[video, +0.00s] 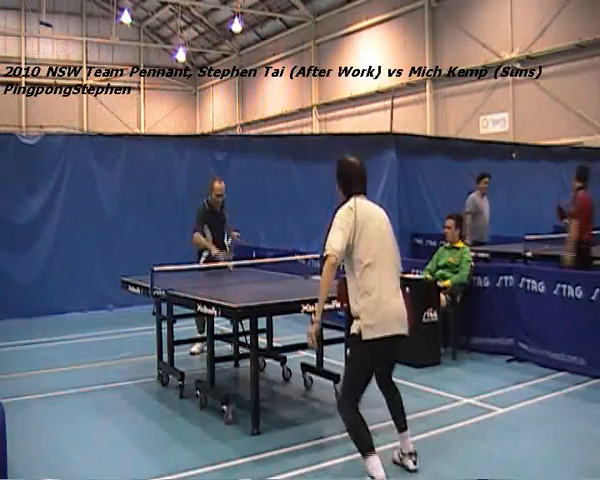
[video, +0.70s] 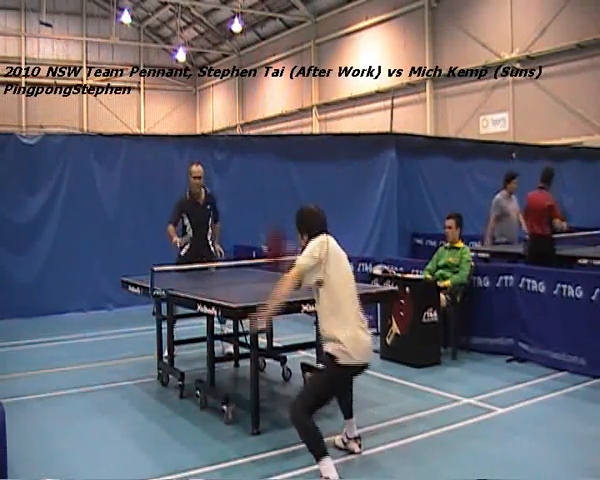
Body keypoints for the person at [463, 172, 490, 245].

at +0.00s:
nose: (486, 186)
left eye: (487, 183)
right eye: (485, 183)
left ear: (488, 185)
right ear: (478, 184)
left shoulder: (485, 199)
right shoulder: (472, 198)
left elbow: (484, 217)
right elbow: (468, 217)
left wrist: (485, 235)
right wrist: (467, 237)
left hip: (483, 237)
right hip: (473, 238)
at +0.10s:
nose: (491, 186)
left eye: (491, 183)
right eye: (489, 183)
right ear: (482, 184)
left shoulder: (489, 199)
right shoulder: (475, 198)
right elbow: (472, 217)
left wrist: (489, 236)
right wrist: (472, 238)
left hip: (488, 238)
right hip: (478, 239)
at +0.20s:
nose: (495, 185)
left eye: (496, 182)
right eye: (494, 182)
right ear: (488, 183)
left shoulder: (495, 198)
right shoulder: (479, 198)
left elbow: (496, 216)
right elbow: (476, 215)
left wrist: (499, 233)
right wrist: (478, 235)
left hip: (494, 236)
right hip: (484, 236)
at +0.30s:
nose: (499, 184)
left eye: (499, 182)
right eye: (497, 181)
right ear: (491, 183)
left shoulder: (497, 197)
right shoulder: (482, 197)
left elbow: (503, 213)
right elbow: (478, 215)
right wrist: (480, 234)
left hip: (497, 235)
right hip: (485, 236)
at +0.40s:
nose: (504, 185)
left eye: (504, 182)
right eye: (502, 182)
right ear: (496, 183)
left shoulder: (502, 198)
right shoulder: (487, 198)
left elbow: (508, 210)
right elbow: (482, 217)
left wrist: (519, 216)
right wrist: (481, 235)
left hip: (501, 236)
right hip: (489, 237)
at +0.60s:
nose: (512, 186)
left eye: (512, 184)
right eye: (510, 183)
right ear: (504, 185)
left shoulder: (510, 198)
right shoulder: (495, 200)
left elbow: (514, 212)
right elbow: (489, 219)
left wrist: (524, 217)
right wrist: (485, 238)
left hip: (509, 237)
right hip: (497, 238)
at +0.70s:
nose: (515, 186)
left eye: (516, 183)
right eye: (513, 183)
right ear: (507, 184)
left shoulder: (513, 198)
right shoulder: (498, 199)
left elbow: (518, 213)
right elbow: (492, 220)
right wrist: (488, 238)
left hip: (512, 237)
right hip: (500, 238)